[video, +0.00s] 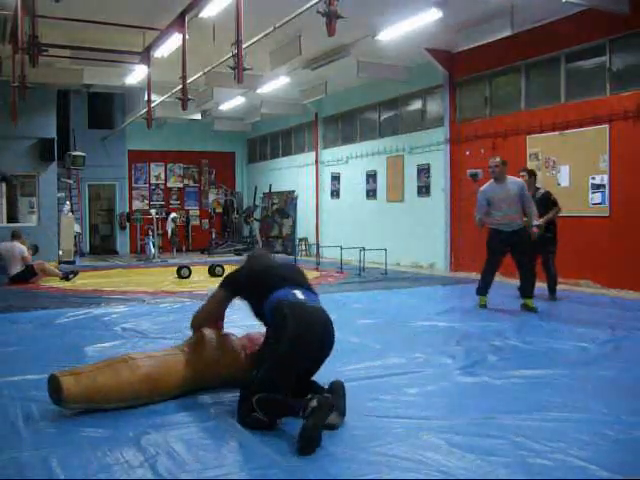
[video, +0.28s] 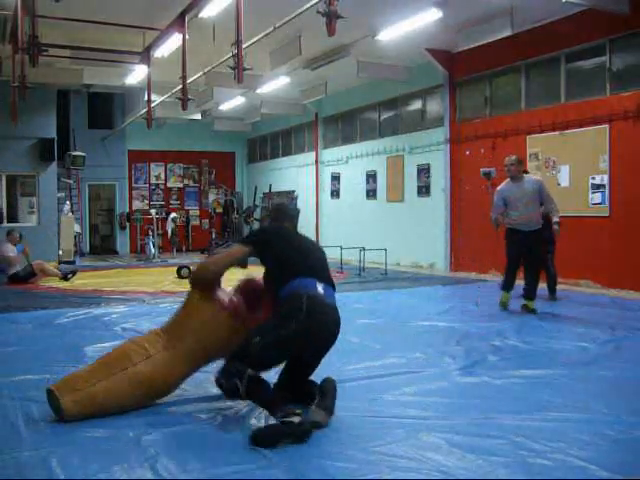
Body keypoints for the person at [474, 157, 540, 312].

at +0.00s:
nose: (493, 170)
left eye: (496, 166)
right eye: (491, 167)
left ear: (504, 167)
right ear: (489, 169)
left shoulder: (519, 185)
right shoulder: (485, 191)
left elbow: (530, 205)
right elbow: (480, 214)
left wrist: (534, 224)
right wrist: (481, 220)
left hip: (519, 230)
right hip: (497, 231)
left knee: (526, 266)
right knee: (491, 264)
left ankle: (527, 298)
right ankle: (482, 295)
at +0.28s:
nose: (509, 169)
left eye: (512, 165)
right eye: (507, 166)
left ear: (521, 167)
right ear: (505, 169)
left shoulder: (536, 183)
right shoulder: (502, 190)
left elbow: (550, 204)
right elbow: (496, 213)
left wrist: (555, 221)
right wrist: (497, 220)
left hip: (535, 229)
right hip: (514, 229)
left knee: (534, 266)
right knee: (512, 264)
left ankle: (529, 300)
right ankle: (505, 293)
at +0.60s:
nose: (518, 168)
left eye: (521, 164)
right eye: (515, 165)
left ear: (530, 166)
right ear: (514, 168)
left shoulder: (544, 183)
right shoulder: (510, 190)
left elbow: (558, 204)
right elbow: (504, 215)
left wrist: (562, 222)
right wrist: (506, 218)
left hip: (543, 231)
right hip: (523, 231)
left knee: (541, 269)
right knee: (526, 268)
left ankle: (531, 300)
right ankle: (527, 303)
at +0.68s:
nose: (520, 168)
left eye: (523, 164)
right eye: (518, 165)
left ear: (533, 166)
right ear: (516, 168)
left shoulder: (548, 184)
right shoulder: (513, 190)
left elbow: (561, 205)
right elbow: (507, 215)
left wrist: (565, 223)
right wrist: (508, 220)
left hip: (546, 231)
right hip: (525, 231)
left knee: (549, 268)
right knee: (526, 269)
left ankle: (538, 290)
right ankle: (529, 302)